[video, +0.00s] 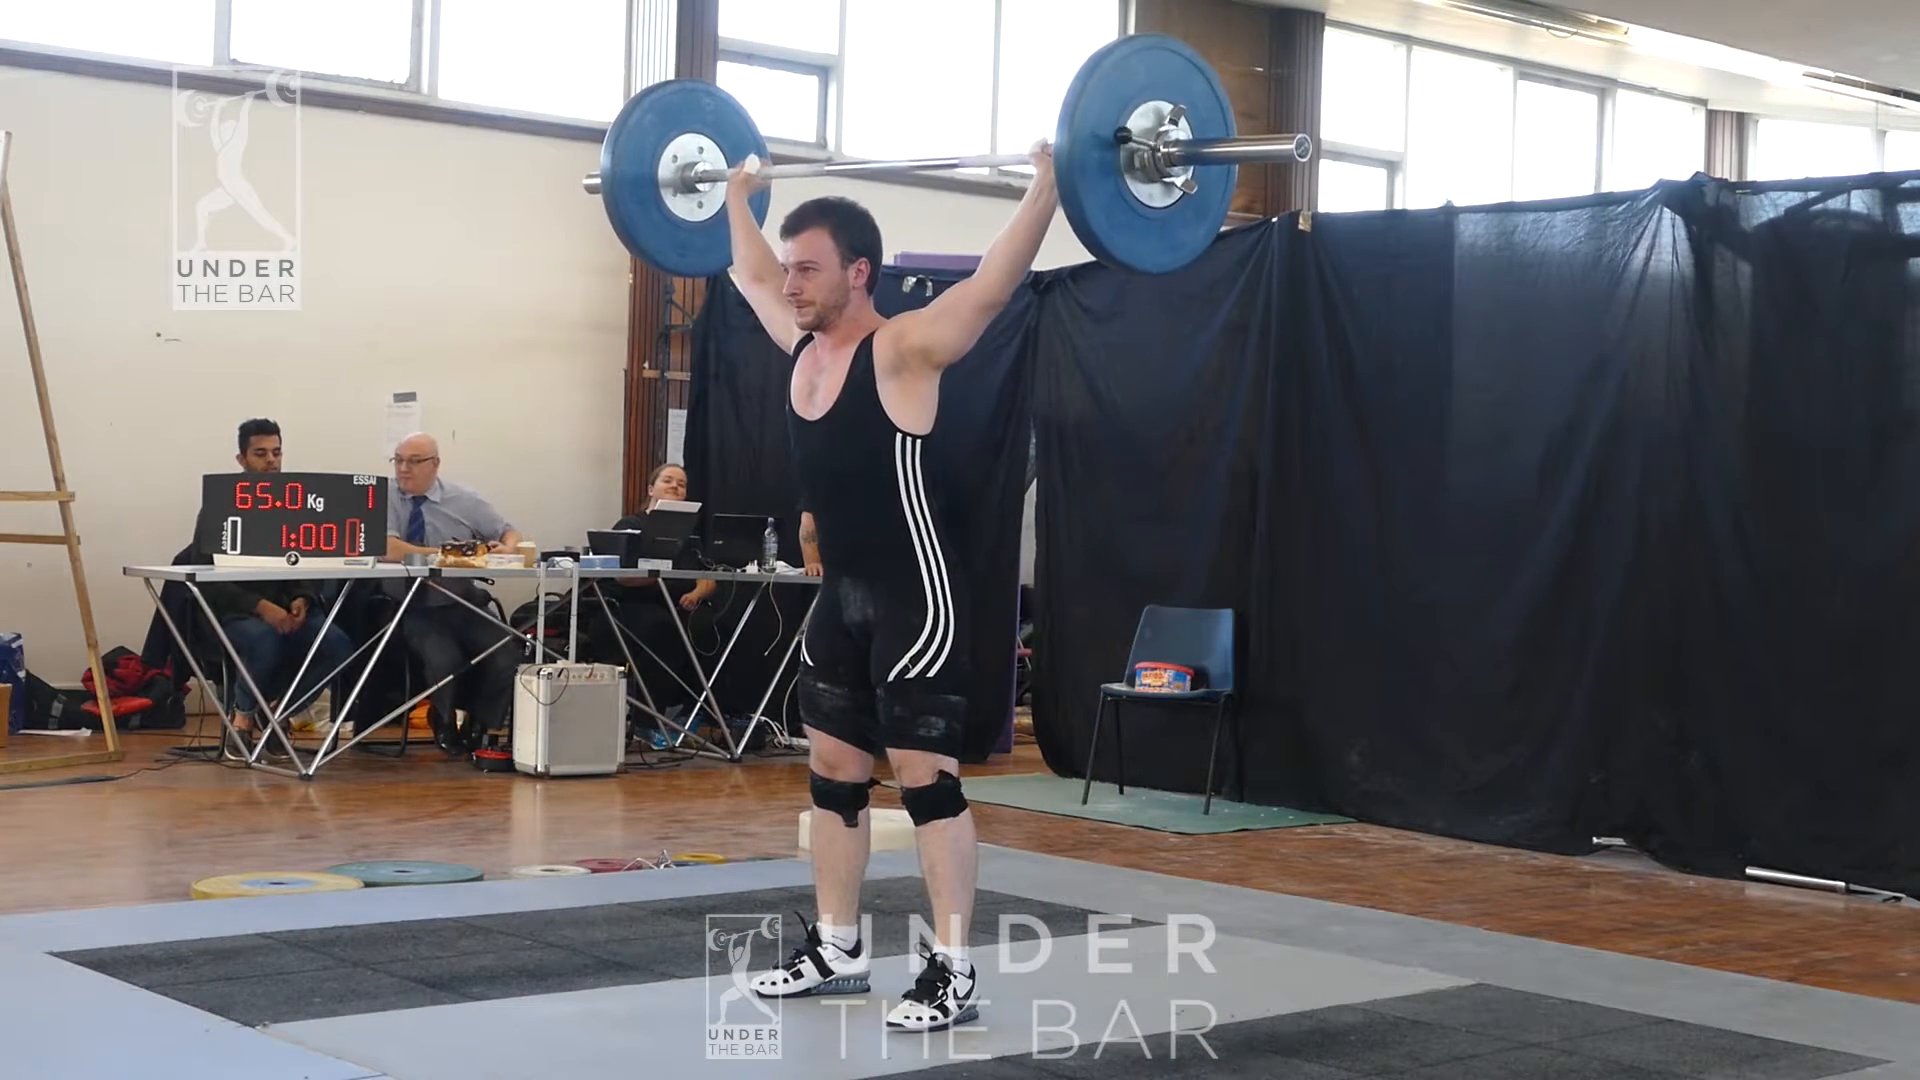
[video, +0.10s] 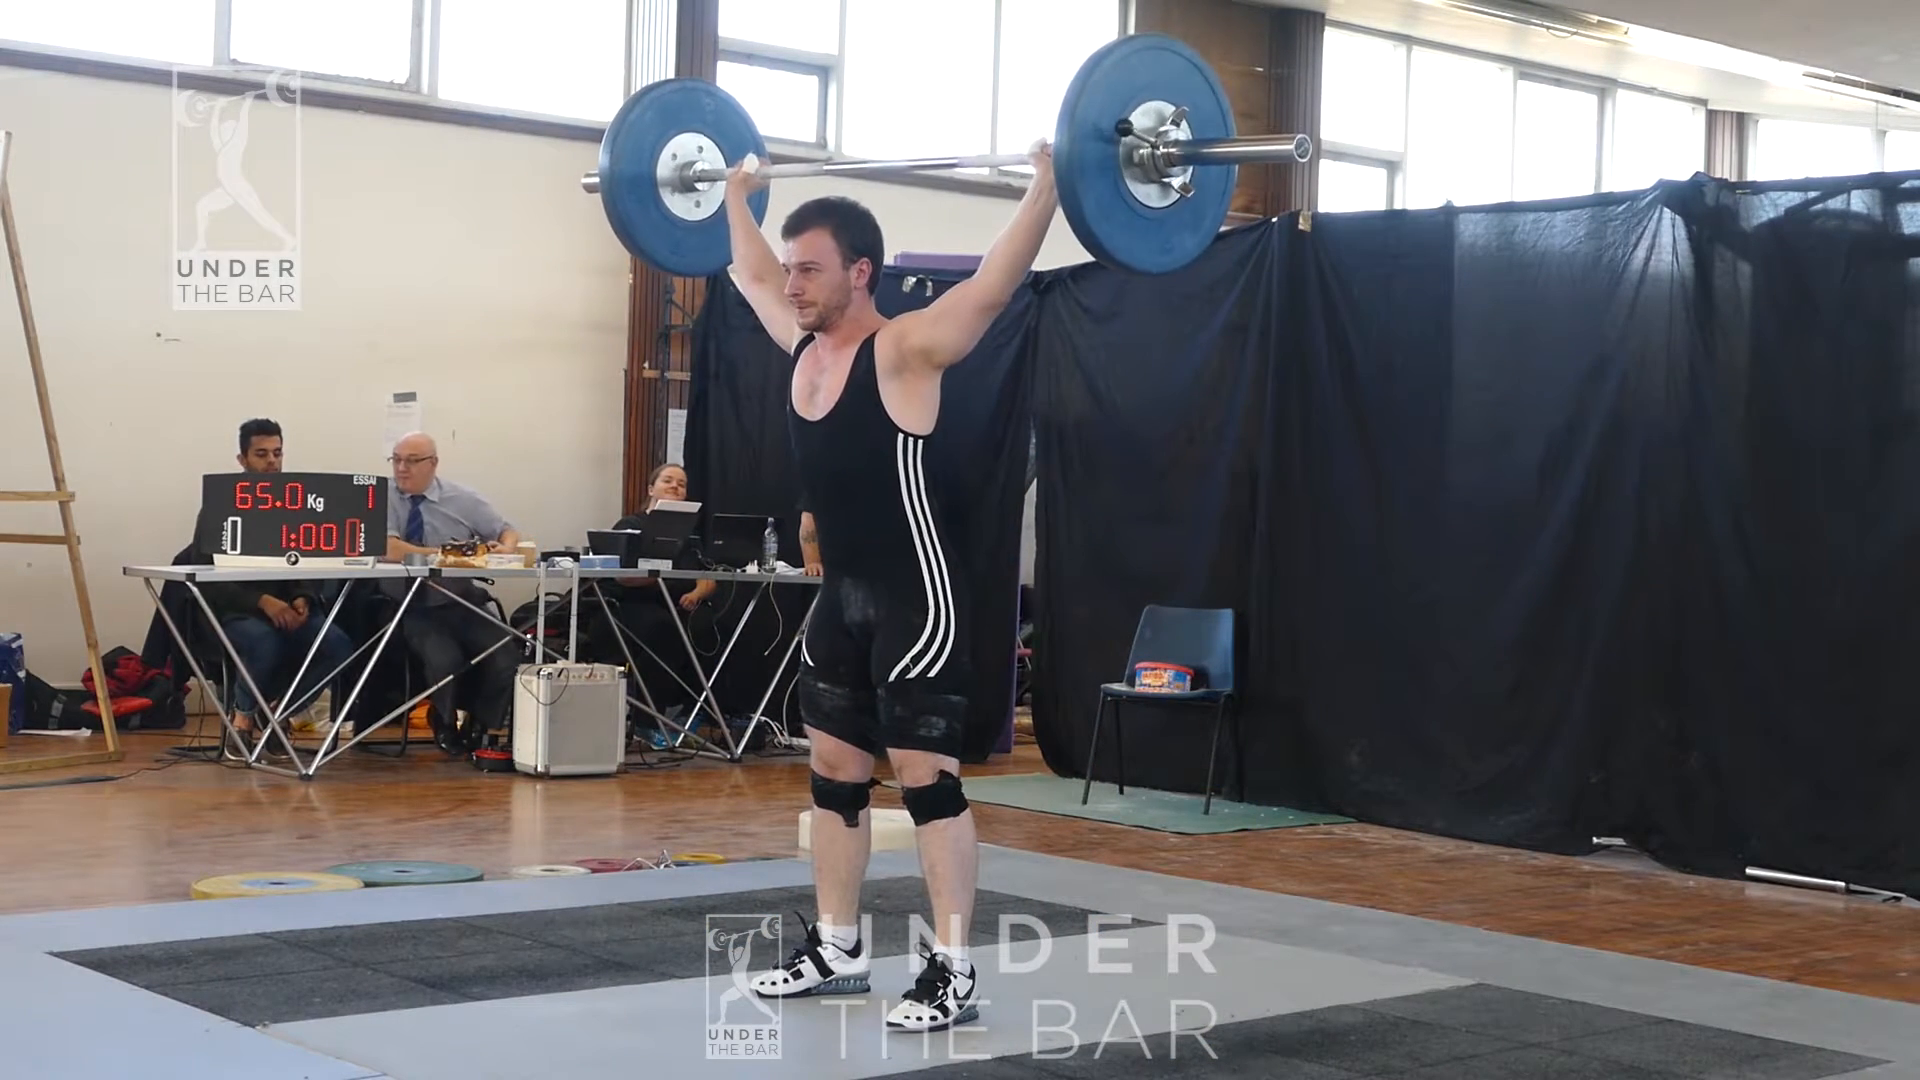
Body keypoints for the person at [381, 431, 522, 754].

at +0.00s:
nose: (404, 469)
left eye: (414, 462)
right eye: (398, 461)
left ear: (435, 466)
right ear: (393, 463)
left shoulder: (464, 501)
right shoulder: (386, 498)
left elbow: (511, 534)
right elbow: (386, 548)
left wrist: (506, 545)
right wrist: (443, 555)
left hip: (465, 603)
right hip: (413, 606)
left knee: (506, 653)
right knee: (444, 660)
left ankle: (478, 726)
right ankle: (443, 720)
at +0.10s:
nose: (402, 468)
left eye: (412, 461)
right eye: (397, 461)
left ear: (433, 465)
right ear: (391, 463)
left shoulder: (461, 499)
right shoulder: (384, 498)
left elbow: (508, 533)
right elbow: (385, 547)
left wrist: (504, 547)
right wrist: (441, 555)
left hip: (463, 601)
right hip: (412, 604)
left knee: (505, 656)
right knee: (445, 660)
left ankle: (479, 726)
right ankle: (444, 719)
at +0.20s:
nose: (400, 467)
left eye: (411, 461)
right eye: (395, 460)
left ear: (431, 464)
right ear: (390, 462)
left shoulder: (460, 498)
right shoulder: (382, 498)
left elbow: (507, 533)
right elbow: (384, 546)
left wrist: (503, 549)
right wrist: (439, 552)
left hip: (462, 599)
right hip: (410, 603)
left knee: (504, 657)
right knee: (445, 660)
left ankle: (480, 727)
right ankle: (443, 720)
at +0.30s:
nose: (400, 467)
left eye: (410, 461)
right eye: (395, 460)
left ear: (431, 464)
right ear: (389, 461)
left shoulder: (460, 499)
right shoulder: (380, 499)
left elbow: (507, 533)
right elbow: (373, 547)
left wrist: (504, 548)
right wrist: (429, 542)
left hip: (460, 599)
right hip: (407, 604)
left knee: (504, 656)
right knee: (445, 659)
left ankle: (479, 727)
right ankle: (443, 720)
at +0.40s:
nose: (402, 468)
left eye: (412, 461)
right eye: (397, 460)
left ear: (433, 464)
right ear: (391, 462)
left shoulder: (461, 499)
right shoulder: (380, 501)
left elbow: (508, 533)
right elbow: (367, 554)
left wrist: (504, 547)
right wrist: (404, 535)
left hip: (461, 599)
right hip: (409, 604)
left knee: (503, 657)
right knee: (445, 659)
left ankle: (479, 727)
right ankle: (444, 721)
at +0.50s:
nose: (403, 468)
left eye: (413, 461)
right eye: (398, 460)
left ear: (435, 465)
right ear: (392, 461)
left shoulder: (462, 500)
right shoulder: (380, 500)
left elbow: (509, 533)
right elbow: (349, 535)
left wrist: (504, 546)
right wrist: (369, 554)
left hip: (459, 601)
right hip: (405, 605)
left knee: (504, 657)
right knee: (445, 659)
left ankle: (479, 727)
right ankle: (445, 723)